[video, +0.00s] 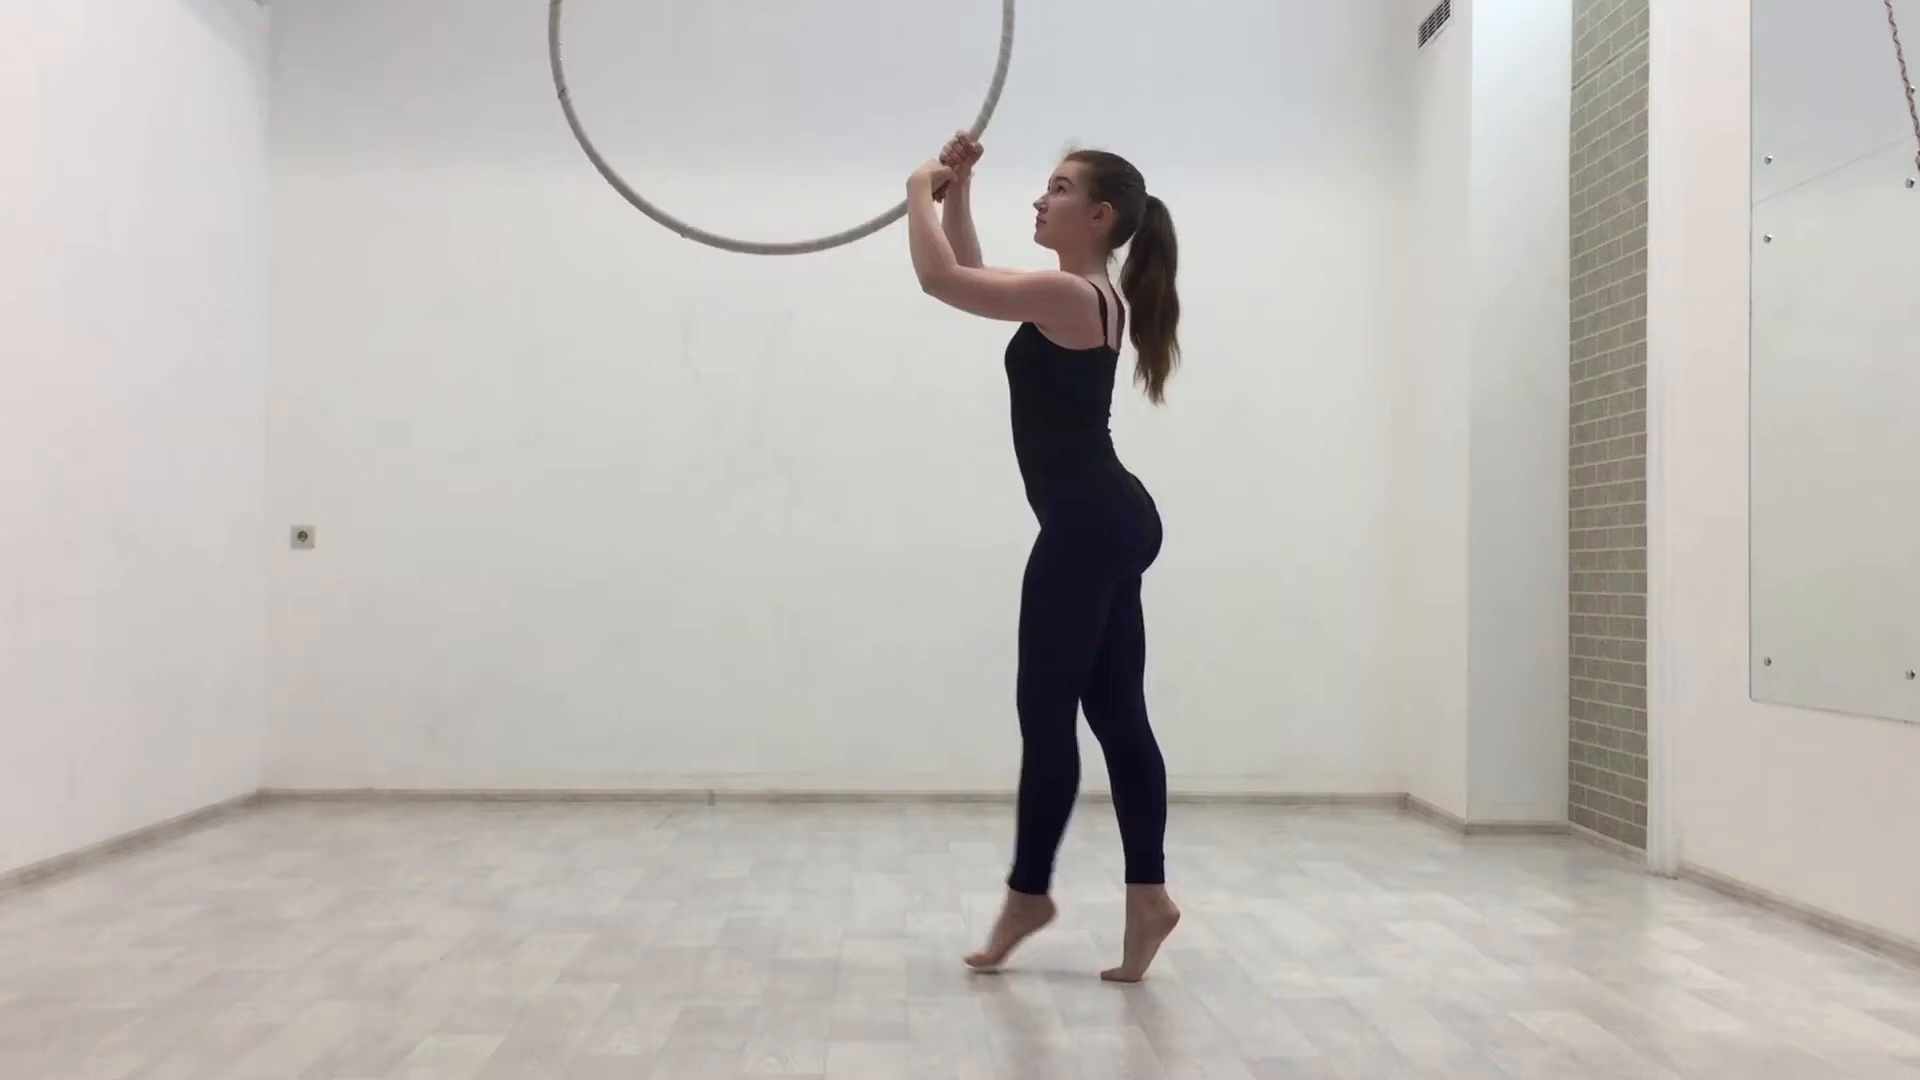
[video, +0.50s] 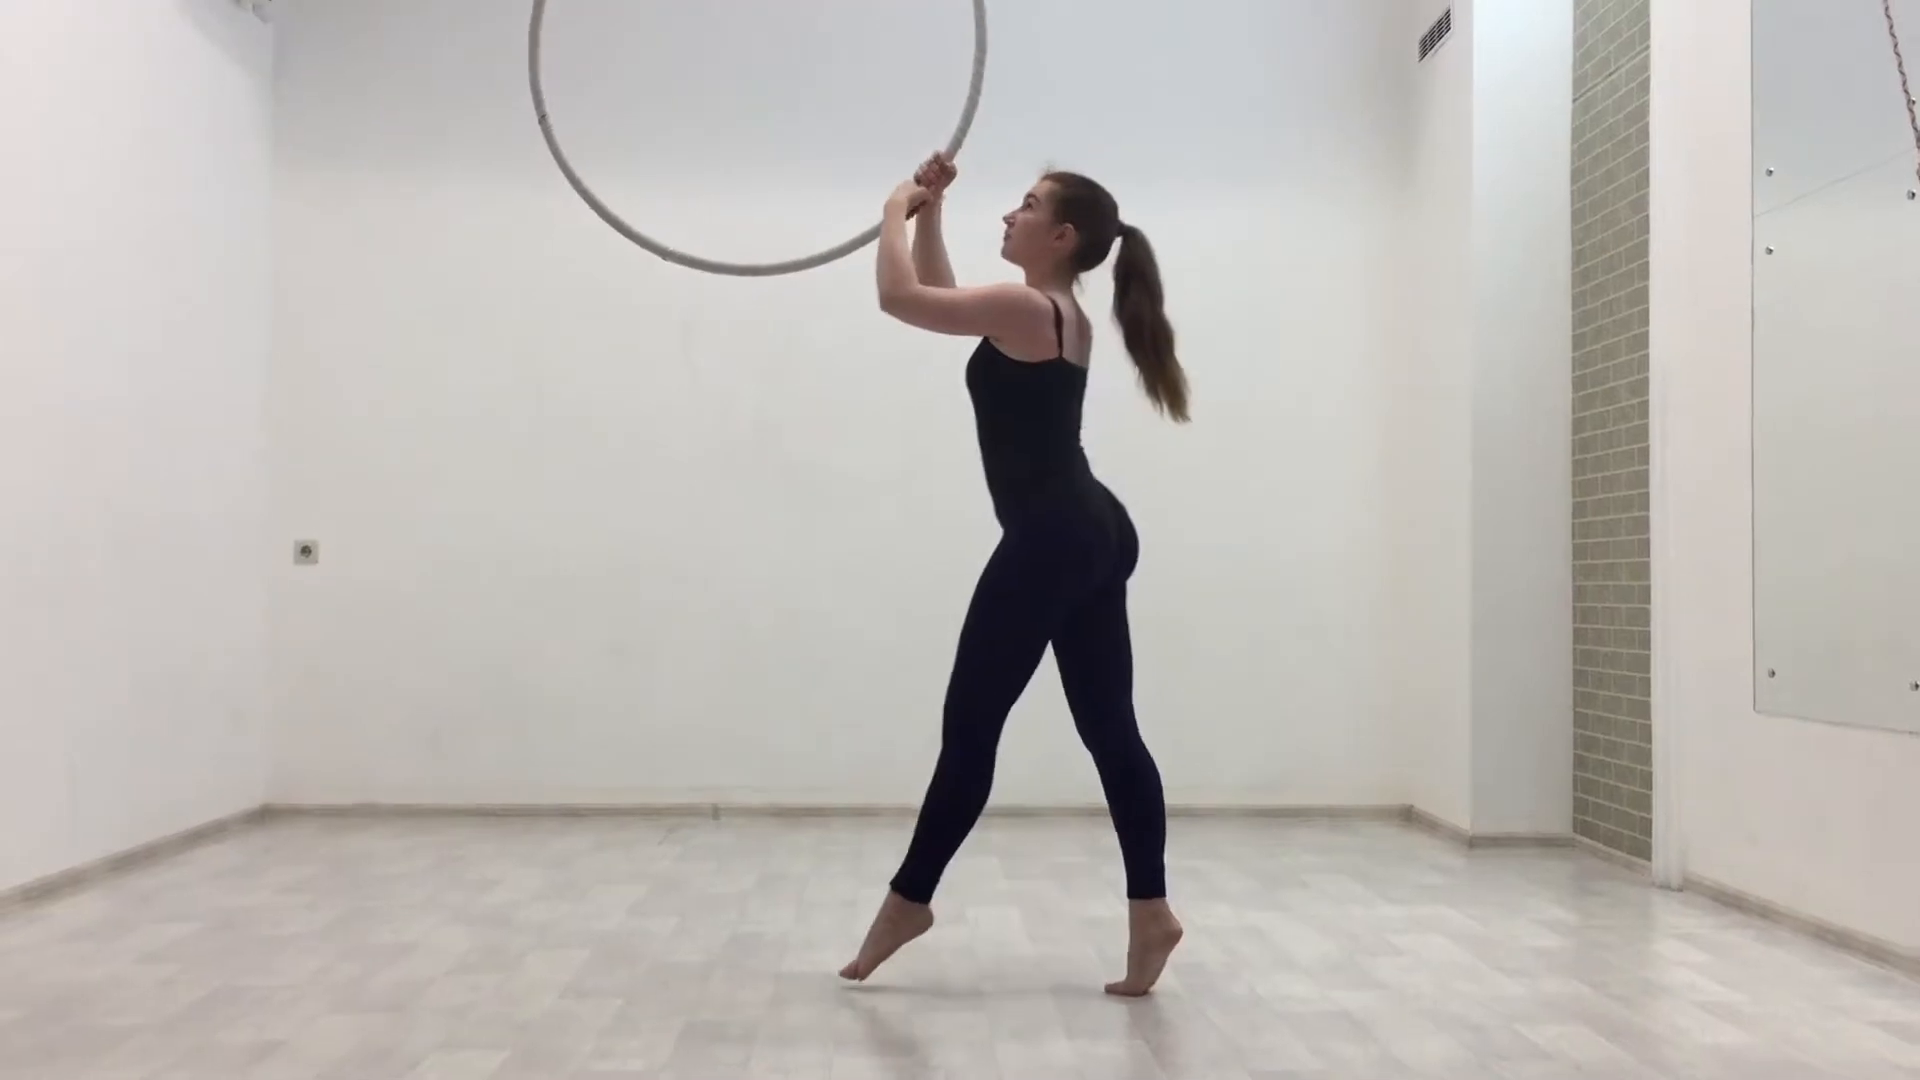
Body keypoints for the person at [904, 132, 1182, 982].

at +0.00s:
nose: (1041, 199)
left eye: (1060, 190)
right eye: (1048, 186)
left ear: (1102, 216)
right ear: (1095, 219)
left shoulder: (1063, 296)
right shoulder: (1095, 298)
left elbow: (939, 279)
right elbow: (971, 276)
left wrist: (920, 194)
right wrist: (959, 190)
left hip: (1079, 532)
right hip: (1115, 521)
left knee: (1042, 713)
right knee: (1120, 715)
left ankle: (1028, 892)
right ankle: (1148, 897)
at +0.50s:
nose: (1010, 215)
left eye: (1028, 208)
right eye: (1019, 203)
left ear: (1063, 237)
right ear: (1066, 242)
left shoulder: (1018, 308)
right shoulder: (1069, 316)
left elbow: (900, 298)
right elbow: (942, 294)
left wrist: (895, 214)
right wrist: (932, 207)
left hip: (1042, 546)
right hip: (1096, 535)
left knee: (970, 724)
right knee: (1112, 729)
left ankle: (908, 900)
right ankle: (1151, 909)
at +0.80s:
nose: (967, 238)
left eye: (986, 234)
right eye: (979, 228)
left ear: (1017, 270)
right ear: (1012, 273)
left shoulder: (976, 336)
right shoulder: (989, 335)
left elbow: (852, 310)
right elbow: (875, 308)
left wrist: (858, 224)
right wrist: (883, 224)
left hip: (991, 569)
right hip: (1019, 560)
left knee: (918, 741)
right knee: (1066, 746)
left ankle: (882, 935)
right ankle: (1145, 915)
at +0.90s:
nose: (963, 244)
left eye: (982, 243)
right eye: (974, 235)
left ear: (1009, 281)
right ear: (1002, 281)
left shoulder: (974, 344)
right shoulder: (960, 337)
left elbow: (851, 315)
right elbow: (846, 315)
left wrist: (853, 229)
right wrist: (870, 225)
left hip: (965, 579)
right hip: (965, 571)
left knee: (909, 754)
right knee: (1000, 757)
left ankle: (895, 950)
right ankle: (1119, 898)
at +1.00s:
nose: (974, 247)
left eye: (996, 248)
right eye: (983, 239)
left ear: (1020, 289)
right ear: (998, 281)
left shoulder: (988, 349)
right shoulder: (939, 342)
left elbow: (879, 333)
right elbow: (836, 319)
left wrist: (858, 241)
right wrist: (868, 235)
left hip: (961, 572)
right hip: (909, 570)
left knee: (923, 761)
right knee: (880, 758)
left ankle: (908, 956)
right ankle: (1005, 887)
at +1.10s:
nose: (992, 246)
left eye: (1016, 247)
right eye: (995, 239)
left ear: (1039, 289)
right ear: (978, 268)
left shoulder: (1017, 334)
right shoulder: (942, 339)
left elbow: (922, 341)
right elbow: (856, 328)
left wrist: (886, 250)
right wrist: (885, 246)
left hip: (960, 559)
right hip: (891, 545)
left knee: (921, 742)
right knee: (769, 664)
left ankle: (905, 935)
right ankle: (771, 848)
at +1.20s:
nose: (1002, 255)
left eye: (1024, 254)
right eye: (999, 251)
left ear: (1048, 293)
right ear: (981, 273)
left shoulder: (1039, 330)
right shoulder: (949, 331)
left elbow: (975, 349)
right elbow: (888, 335)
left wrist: (936, 256)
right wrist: (926, 254)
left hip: (951, 533)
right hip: (879, 513)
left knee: (876, 681)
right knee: (725, 497)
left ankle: (884, 869)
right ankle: (595, 624)